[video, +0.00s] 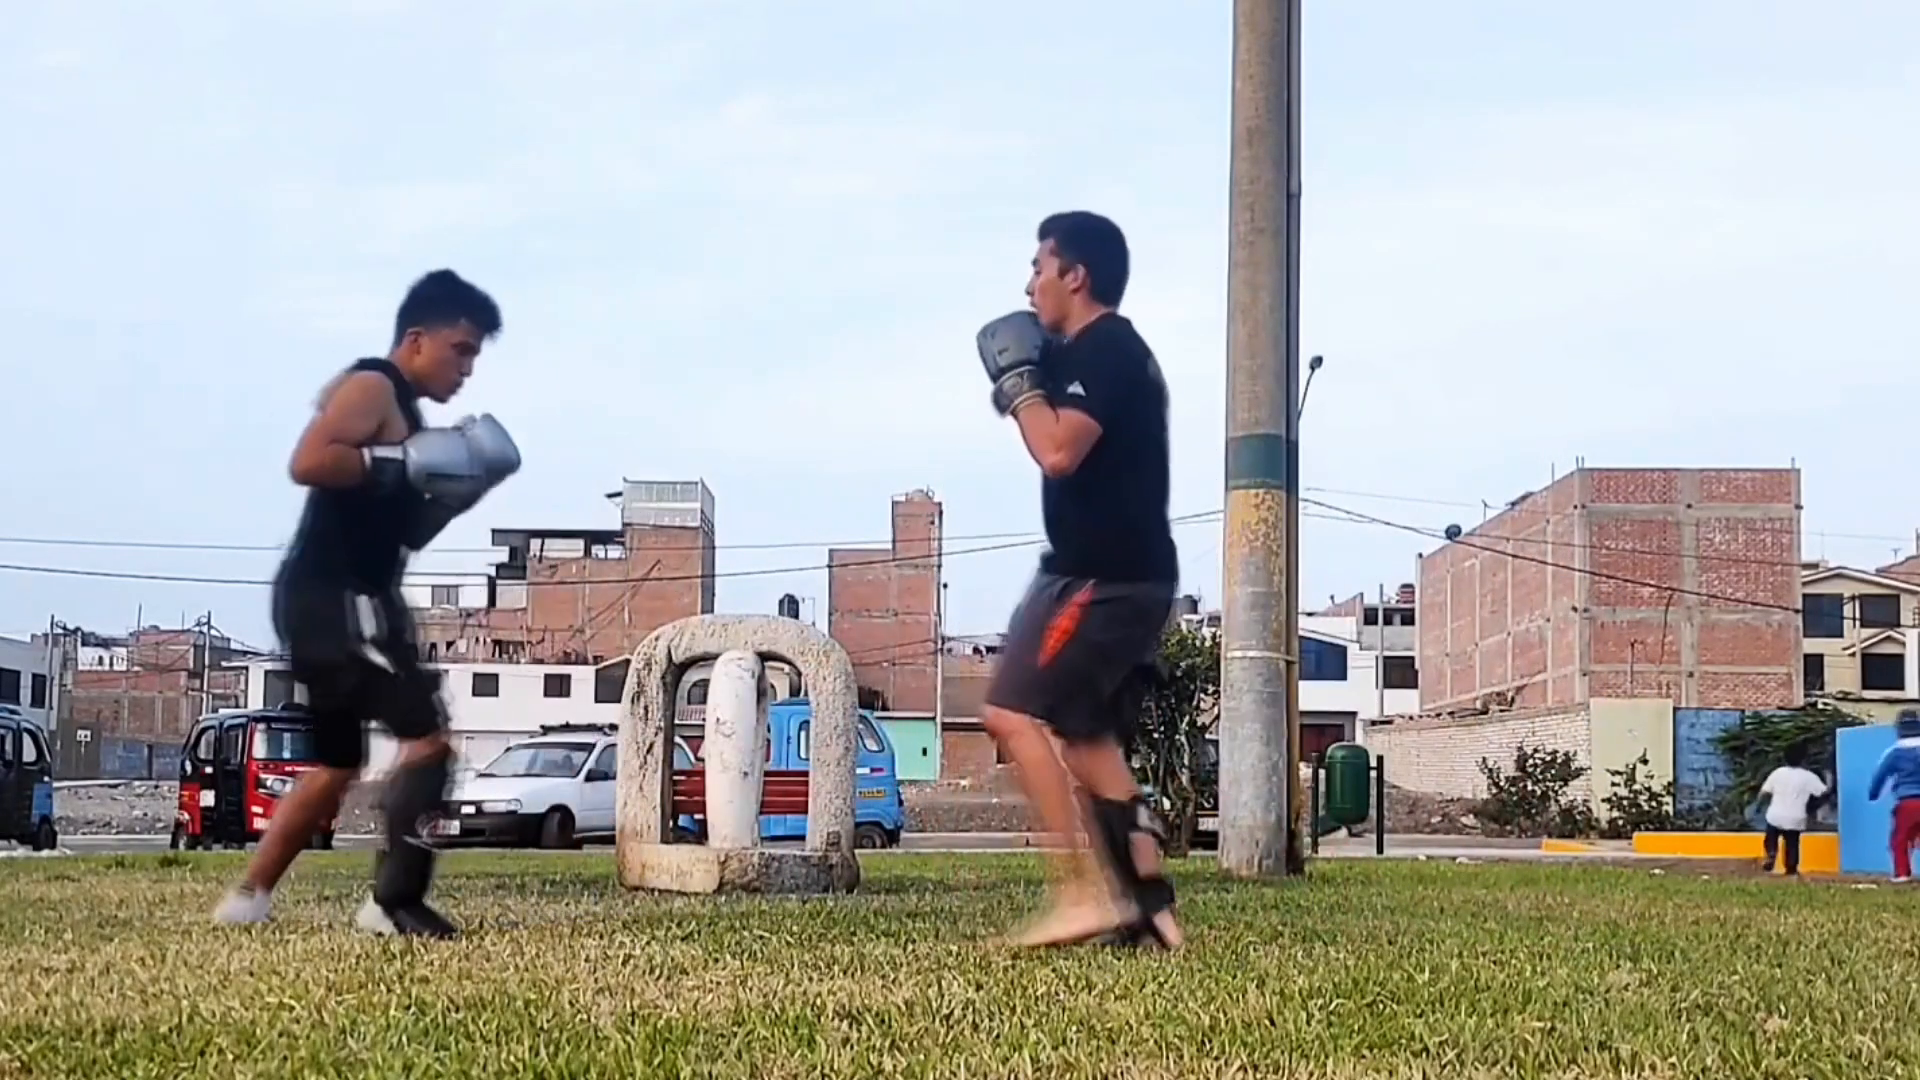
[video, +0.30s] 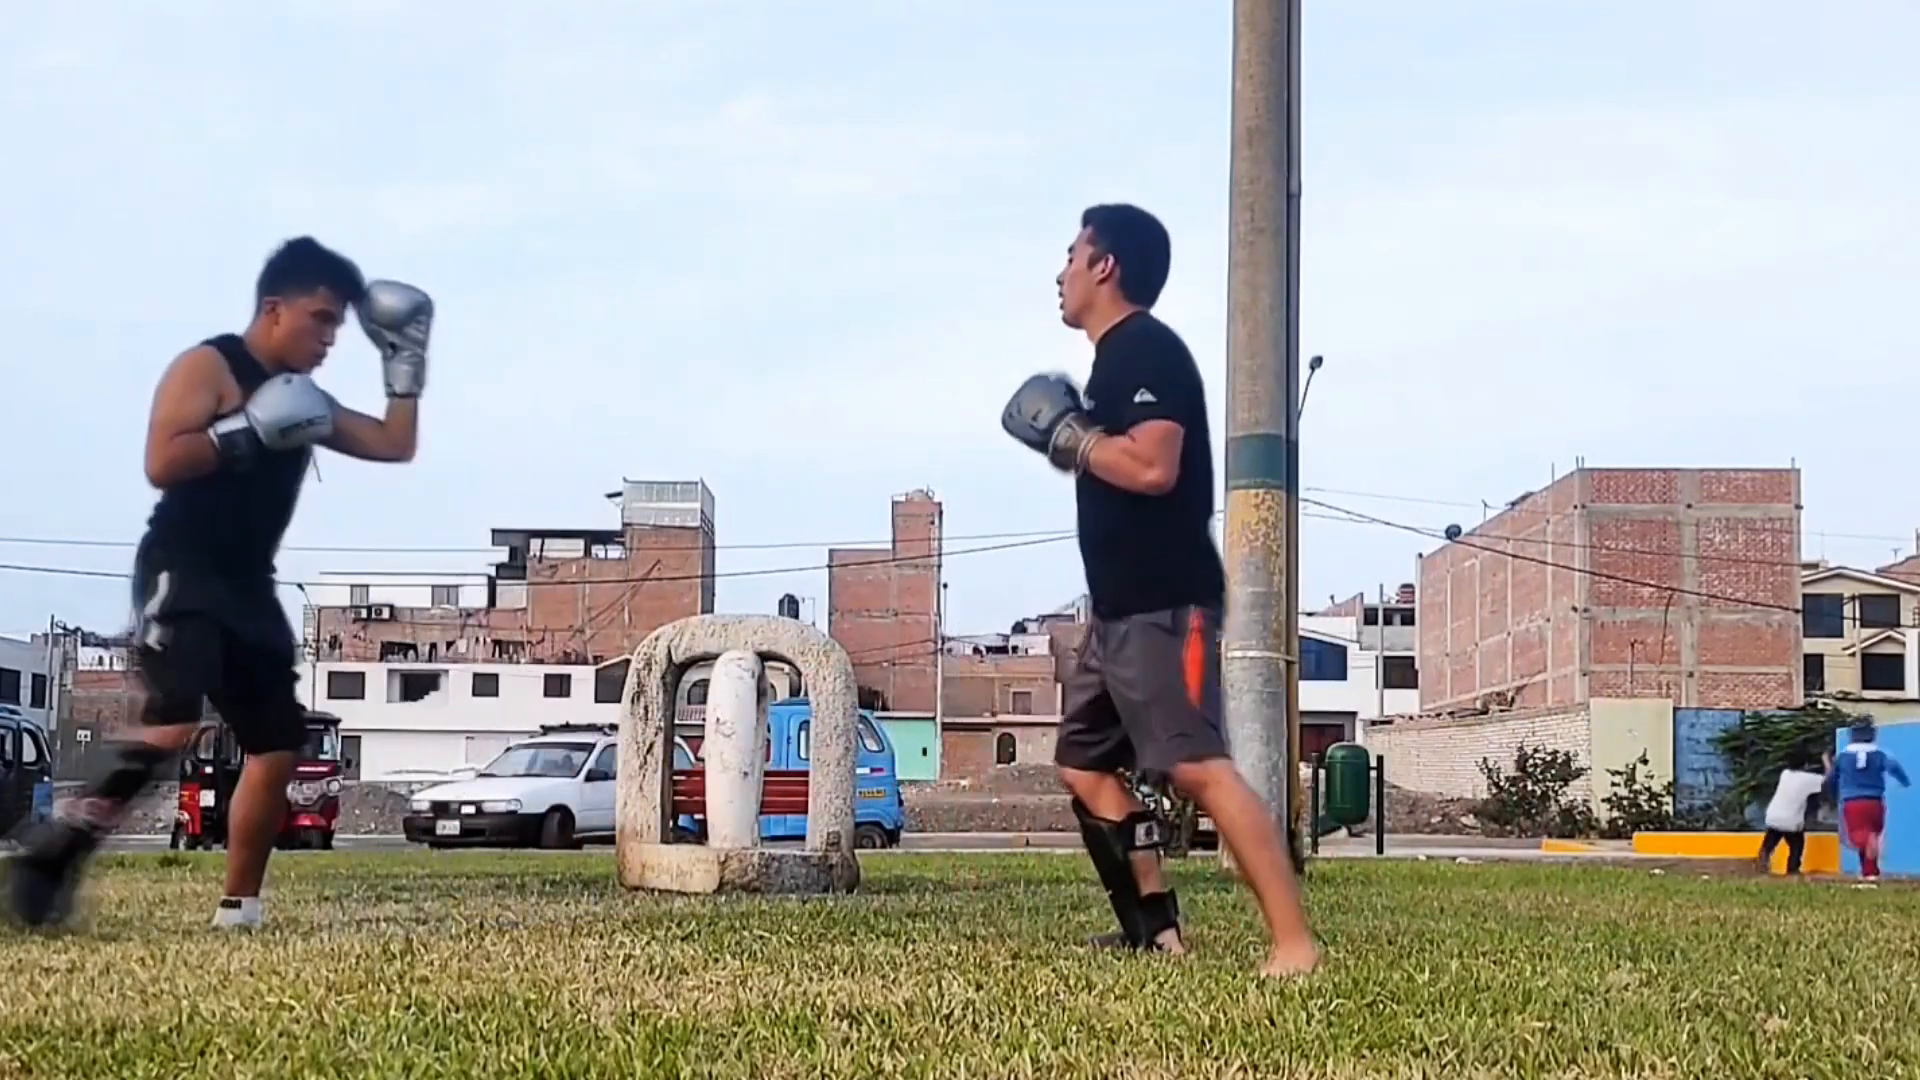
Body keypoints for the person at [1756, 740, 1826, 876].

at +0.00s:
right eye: (1801, 756)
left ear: (1786, 757)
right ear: (1802, 759)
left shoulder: (1778, 773)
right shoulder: (1807, 776)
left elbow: (1764, 791)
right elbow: (1823, 792)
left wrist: (1758, 806)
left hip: (1775, 817)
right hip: (1795, 818)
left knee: (1771, 835)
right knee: (1792, 845)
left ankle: (1770, 856)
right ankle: (1791, 869)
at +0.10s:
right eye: (1798, 760)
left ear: (1784, 760)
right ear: (1799, 762)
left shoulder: (1775, 775)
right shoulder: (1806, 779)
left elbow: (1762, 793)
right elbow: (1826, 785)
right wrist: (1823, 766)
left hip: (1772, 818)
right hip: (1792, 820)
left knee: (1770, 844)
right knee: (1796, 841)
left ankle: (1765, 868)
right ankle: (1792, 867)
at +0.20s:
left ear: (1787, 765)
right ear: (1802, 767)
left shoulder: (1778, 777)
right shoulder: (1807, 780)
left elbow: (1767, 793)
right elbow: (1828, 782)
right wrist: (1826, 762)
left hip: (1770, 820)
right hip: (1791, 822)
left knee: (1768, 844)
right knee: (1798, 841)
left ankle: (1765, 869)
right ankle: (1792, 869)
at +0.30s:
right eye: (1806, 762)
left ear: (1790, 762)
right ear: (1805, 764)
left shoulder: (1784, 774)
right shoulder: (1808, 779)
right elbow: (1828, 777)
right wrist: (1826, 760)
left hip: (1773, 818)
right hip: (1791, 822)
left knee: (1769, 843)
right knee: (1796, 848)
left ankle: (1762, 859)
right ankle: (1792, 871)